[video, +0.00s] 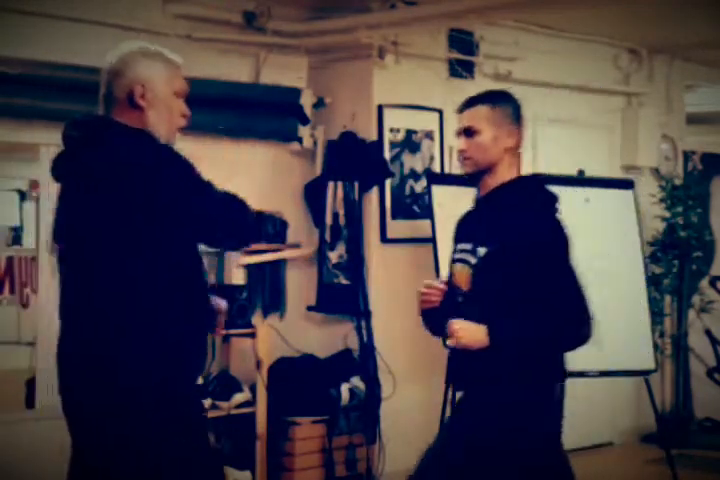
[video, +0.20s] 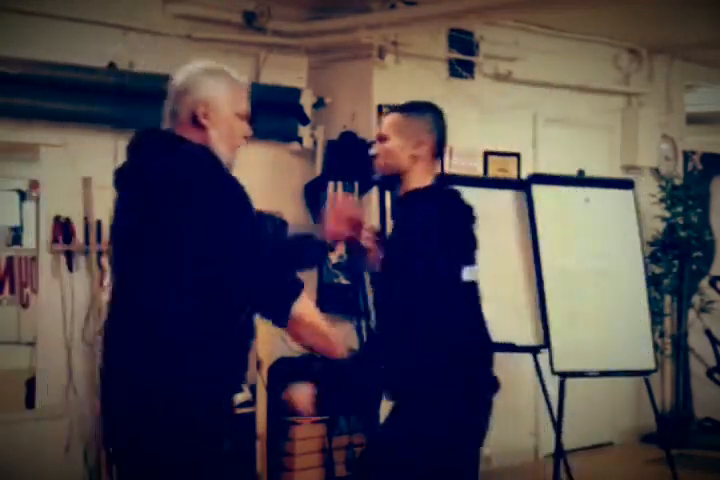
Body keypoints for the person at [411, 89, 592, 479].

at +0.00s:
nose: (459, 146)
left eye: (470, 134)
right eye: (460, 135)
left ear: (512, 139)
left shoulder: (531, 215)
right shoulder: (472, 220)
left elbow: (574, 323)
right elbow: (464, 315)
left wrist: (490, 334)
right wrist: (438, 305)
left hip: (521, 403)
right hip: (479, 398)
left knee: (433, 472)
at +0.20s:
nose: (375, 148)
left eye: (385, 139)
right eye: (378, 139)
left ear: (420, 148)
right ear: (419, 150)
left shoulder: (429, 212)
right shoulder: (441, 203)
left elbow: (405, 329)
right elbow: (423, 288)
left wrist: (329, 391)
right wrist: (378, 255)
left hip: (440, 390)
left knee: (380, 469)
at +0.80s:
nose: (416, 144)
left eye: (429, 133)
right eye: (417, 134)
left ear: (464, 141)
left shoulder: (470, 212)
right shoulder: (432, 205)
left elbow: (454, 328)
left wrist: (405, 417)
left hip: (434, 392)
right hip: (403, 381)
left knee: (426, 471)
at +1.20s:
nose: (436, 150)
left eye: (451, 140)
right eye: (437, 141)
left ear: (486, 153)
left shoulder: (491, 219)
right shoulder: (441, 222)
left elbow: (470, 337)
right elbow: (379, 320)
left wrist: (418, 419)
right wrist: (388, 252)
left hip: (431, 407)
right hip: (395, 396)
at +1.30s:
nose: (440, 149)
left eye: (454, 140)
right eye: (441, 141)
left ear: (489, 154)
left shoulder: (492, 219)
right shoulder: (444, 221)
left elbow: (475, 336)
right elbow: (403, 309)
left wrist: (422, 422)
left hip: (428, 403)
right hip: (396, 392)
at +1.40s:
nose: (440, 150)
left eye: (454, 141)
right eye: (441, 142)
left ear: (489, 155)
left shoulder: (493, 220)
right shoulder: (445, 223)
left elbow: (480, 340)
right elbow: (388, 323)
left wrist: (424, 427)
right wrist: (389, 259)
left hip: (432, 403)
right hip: (402, 392)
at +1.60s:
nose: (440, 141)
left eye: (453, 132)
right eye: (442, 132)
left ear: (489, 142)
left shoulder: (493, 207)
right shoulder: (468, 207)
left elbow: (474, 318)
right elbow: (422, 324)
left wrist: (421, 394)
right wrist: (392, 279)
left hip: (453, 395)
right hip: (439, 391)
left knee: (418, 472)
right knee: (433, 471)